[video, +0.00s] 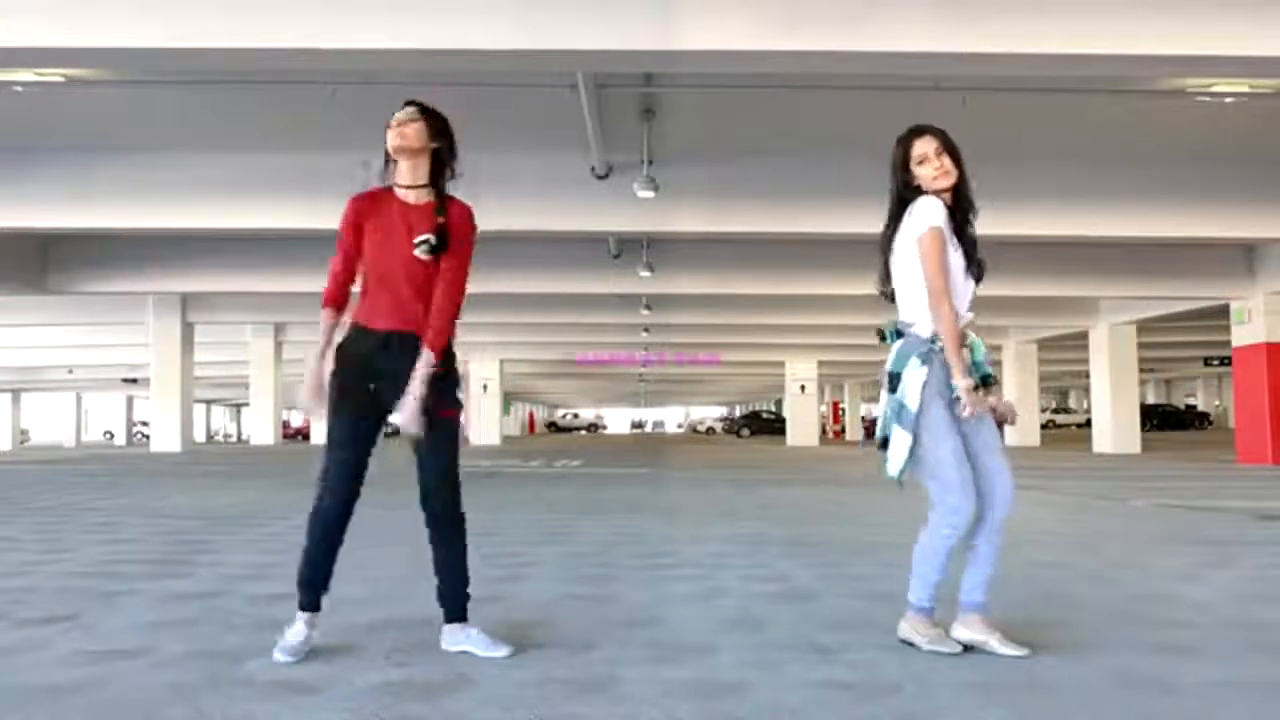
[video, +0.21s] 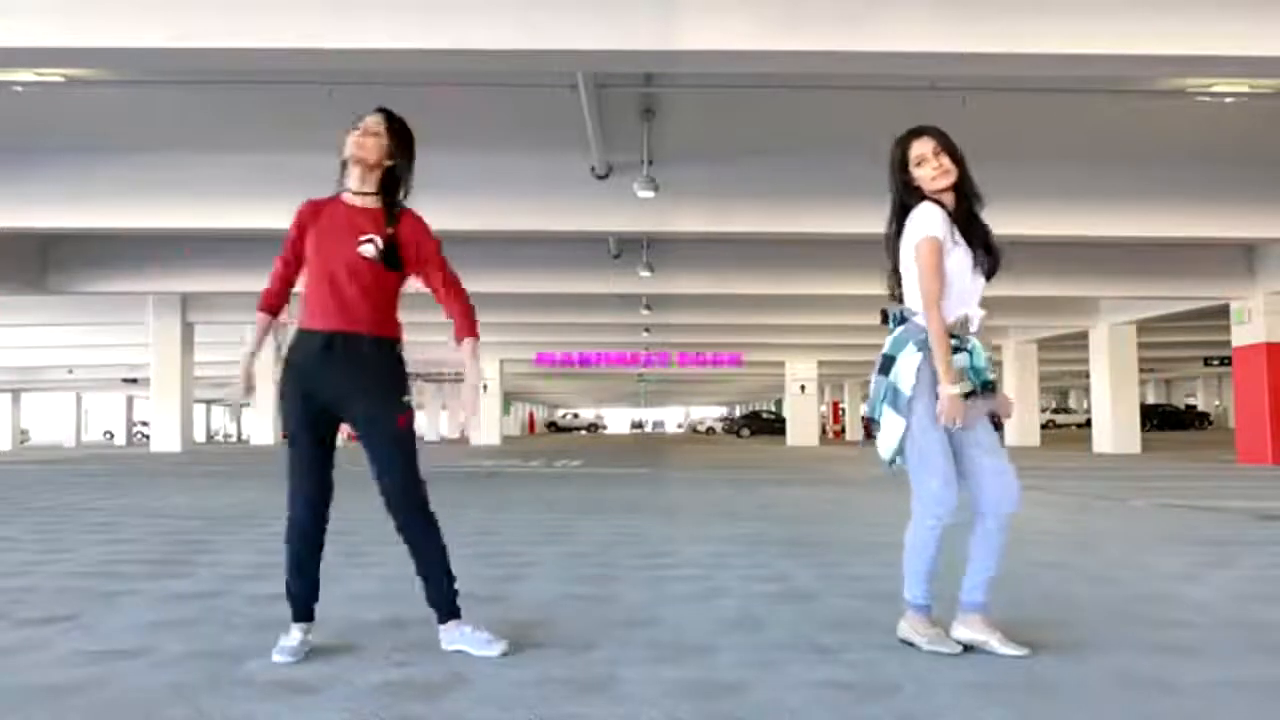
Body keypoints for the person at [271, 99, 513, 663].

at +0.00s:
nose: (397, 130)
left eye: (410, 122)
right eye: (393, 123)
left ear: (437, 141)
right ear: (387, 141)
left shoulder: (456, 216)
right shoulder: (363, 206)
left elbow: (446, 306)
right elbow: (339, 285)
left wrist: (417, 388)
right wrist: (319, 361)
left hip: (426, 361)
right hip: (362, 355)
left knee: (442, 495)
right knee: (337, 489)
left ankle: (456, 625)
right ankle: (306, 617)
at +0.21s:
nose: (359, 133)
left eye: (374, 130)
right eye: (357, 127)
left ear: (392, 156)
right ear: (346, 147)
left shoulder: (403, 225)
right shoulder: (312, 214)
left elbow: (449, 290)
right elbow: (280, 282)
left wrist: (472, 368)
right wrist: (251, 353)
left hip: (373, 365)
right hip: (309, 362)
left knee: (406, 500)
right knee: (306, 503)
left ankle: (451, 622)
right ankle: (300, 625)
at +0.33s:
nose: (349, 140)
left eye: (363, 136)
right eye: (344, 130)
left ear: (377, 158)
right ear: (328, 142)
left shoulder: (389, 216)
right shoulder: (291, 209)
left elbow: (459, 268)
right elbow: (246, 263)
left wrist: (457, 331)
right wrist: (214, 326)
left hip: (358, 360)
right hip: (292, 360)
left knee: (384, 492)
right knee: (297, 497)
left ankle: (424, 620)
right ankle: (299, 623)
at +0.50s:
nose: (347, 143)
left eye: (356, 140)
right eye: (338, 133)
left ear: (362, 161)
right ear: (312, 145)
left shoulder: (375, 213)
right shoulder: (273, 202)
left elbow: (443, 261)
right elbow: (209, 237)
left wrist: (416, 318)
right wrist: (217, 296)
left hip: (355, 358)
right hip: (288, 358)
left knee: (367, 493)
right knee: (294, 498)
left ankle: (373, 621)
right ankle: (298, 624)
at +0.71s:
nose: (345, 153)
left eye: (349, 147)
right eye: (334, 143)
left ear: (351, 162)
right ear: (304, 151)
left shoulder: (363, 225)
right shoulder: (264, 215)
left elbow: (421, 291)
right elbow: (189, 273)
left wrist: (401, 347)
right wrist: (250, 325)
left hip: (355, 377)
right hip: (286, 378)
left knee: (373, 496)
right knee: (290, 503)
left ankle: (360, 621)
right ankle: (298, 624)